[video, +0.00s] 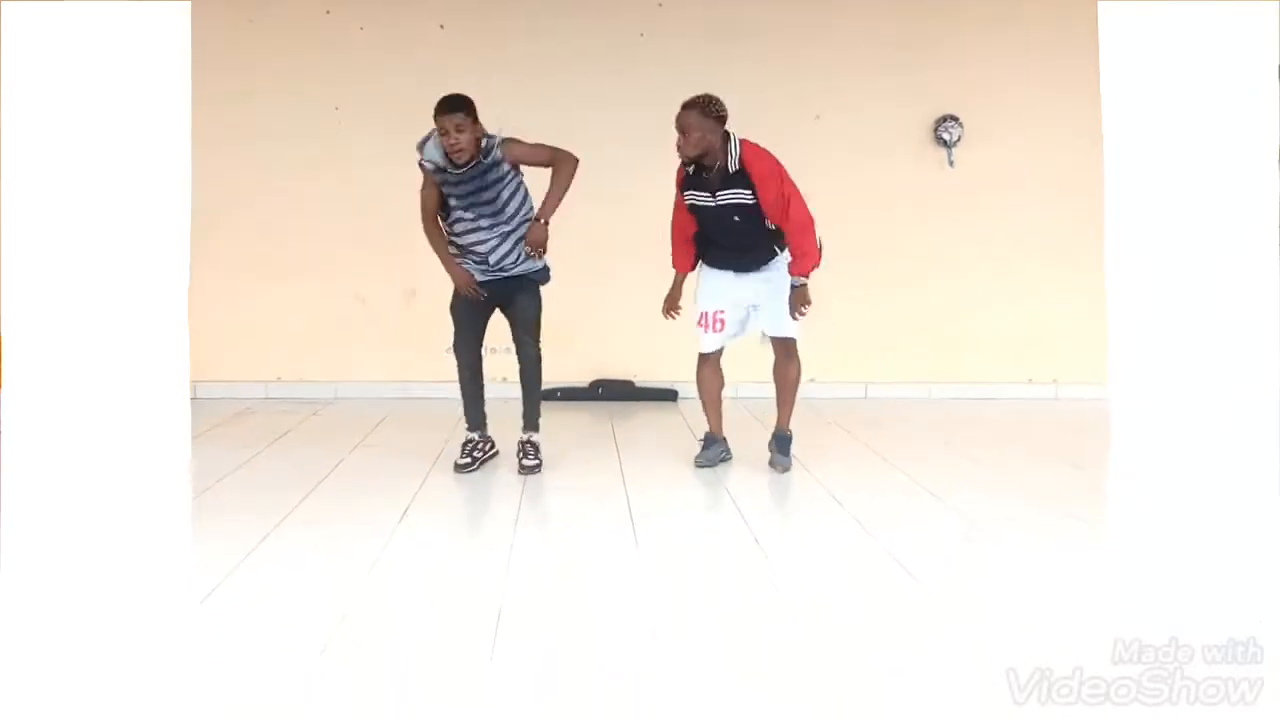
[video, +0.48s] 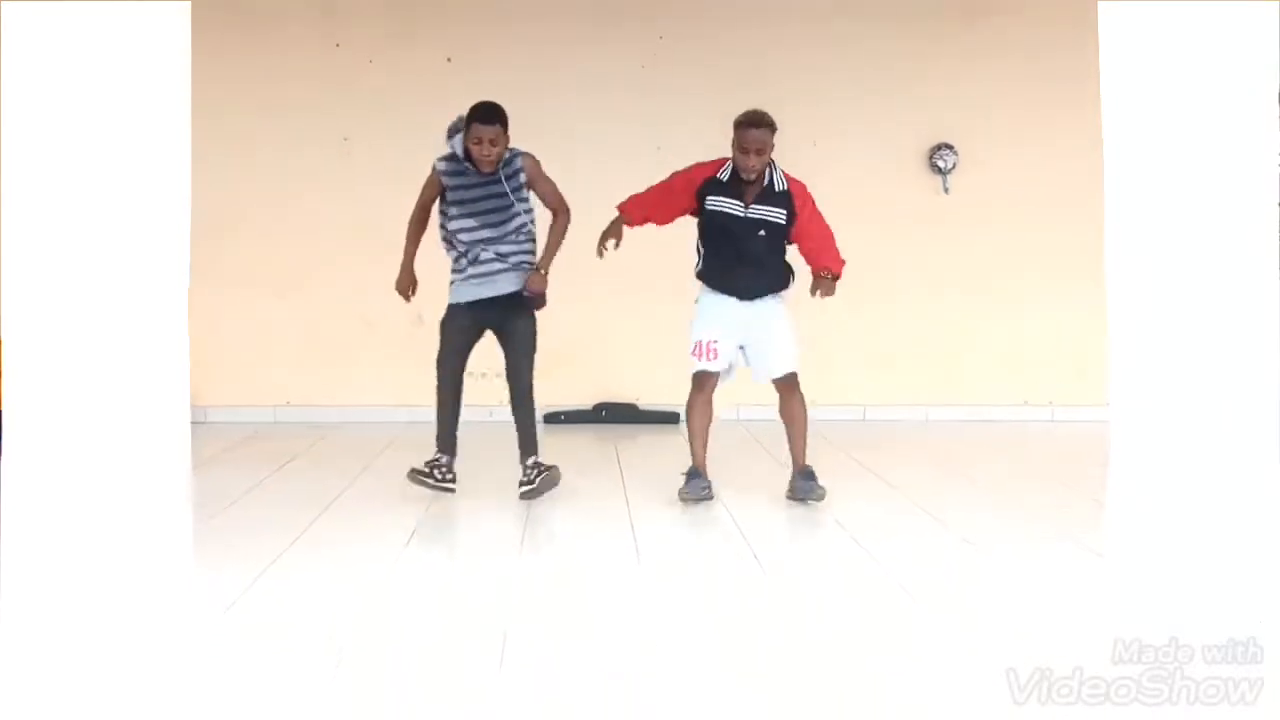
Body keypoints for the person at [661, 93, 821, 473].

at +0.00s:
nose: (678, 141)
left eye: (686, 133)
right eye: (678, 132)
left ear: (714, 131)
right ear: (687, 132)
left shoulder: (757, 163)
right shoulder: (688, 174)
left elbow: (796, 215)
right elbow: (684, 228)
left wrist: (800, 279)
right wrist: (678, 282)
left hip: (772, 268)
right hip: (718, 272)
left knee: (785, 346)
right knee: (708, 351)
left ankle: (782, 433)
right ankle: (715, 438)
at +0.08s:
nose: (697, 139)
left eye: (706, 130)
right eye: (693, 130)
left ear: (731, 126)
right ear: (691, 126)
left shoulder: (767, 164)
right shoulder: (692, 167)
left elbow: (797, 218)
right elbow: (682, 222)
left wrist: (799, 273)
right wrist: (676, 276)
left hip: (765, 277)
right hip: (712, 277)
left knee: (781, 358)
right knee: (697, 358)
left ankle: (777, 436)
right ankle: (709, 438)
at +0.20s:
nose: (731, 130)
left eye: (739, 121)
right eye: (724, 121)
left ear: (753, 114)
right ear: (713, 115)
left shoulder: (778, 150)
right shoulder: (695, 150)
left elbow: (791, 186)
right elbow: (677, 193)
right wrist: (657, 232)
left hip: (767, 266)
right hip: (715, 267)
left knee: (782, 351)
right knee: (708, 354)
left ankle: (777, 432)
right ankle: (707, 437)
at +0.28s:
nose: (735, 129)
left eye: (743, 120)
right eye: (727, 119)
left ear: (757, 114)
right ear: (717, 114)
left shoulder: (782, 152)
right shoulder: (697, 147)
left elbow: (802, 197)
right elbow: (669, 183)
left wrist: (804, 244)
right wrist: (641, 220)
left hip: (767, 260)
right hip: (715, 261)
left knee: (788, 337)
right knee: (704, 344)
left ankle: (780, 424)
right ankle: (704, 432)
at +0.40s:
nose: (747, 143)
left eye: (756, 135)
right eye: (740, 134)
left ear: (768, 131)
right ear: (728, 128)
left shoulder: (786, 174)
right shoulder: (704, 160)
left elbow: (804, 230)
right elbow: (660, 190)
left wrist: (819, 286)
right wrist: (616, 222)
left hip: (765, 283)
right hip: (714, 279)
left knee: (778, 368)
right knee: (710, 365)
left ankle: (792, 463)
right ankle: (703, 461)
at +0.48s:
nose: (750, 161)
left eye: (759, 153)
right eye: (743, 151)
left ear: (772, 150)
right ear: (732, 146)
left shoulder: (790, 192)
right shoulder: (707, 179)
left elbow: (815, 232)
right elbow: (664, 196)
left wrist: (827, 268)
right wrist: (622, 218)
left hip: (768, 304)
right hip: (717, 301)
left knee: (788, 381)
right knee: (704, 379)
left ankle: (801, 472)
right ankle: (698, 473)